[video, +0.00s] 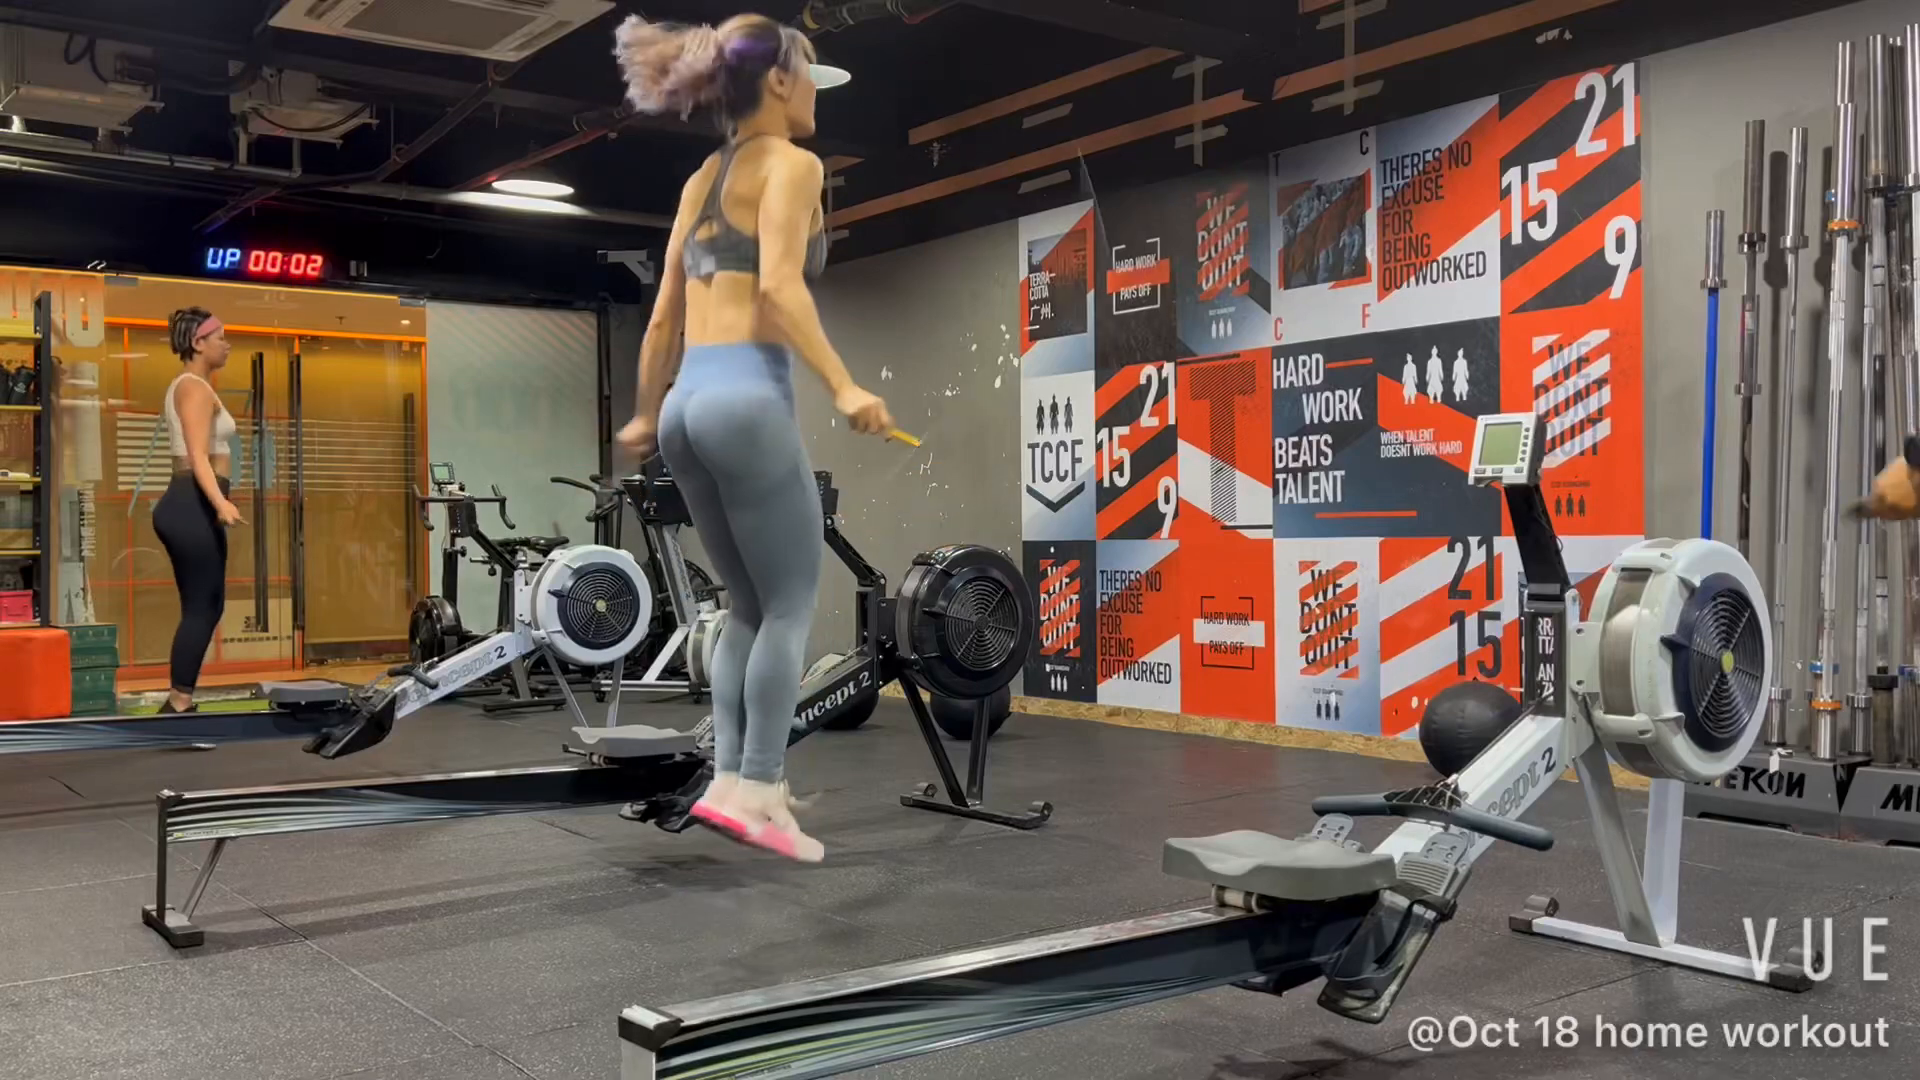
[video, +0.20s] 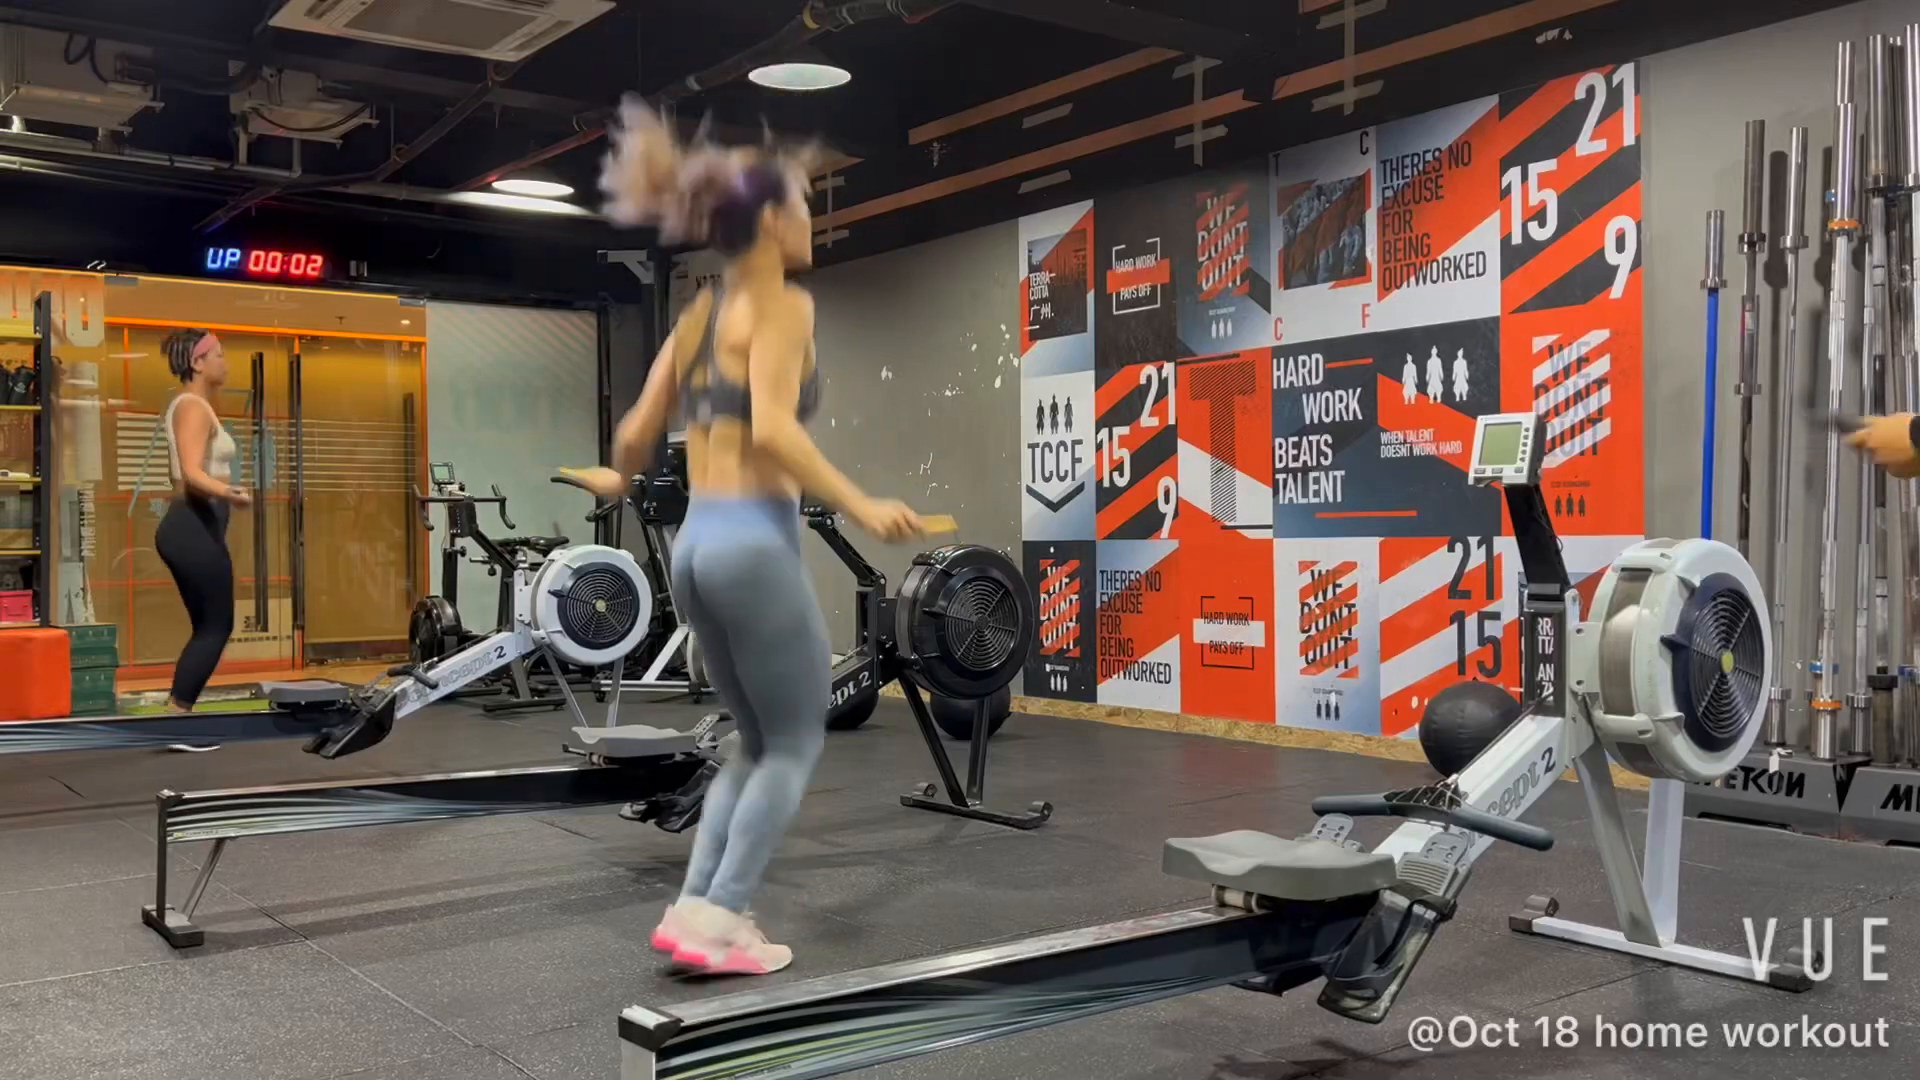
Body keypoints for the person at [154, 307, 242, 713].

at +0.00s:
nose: (227, 343)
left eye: (224, 335)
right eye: (219, 336)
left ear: (199, 344)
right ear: (198, 344)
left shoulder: (192, 385)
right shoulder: (193, 387)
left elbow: (193, 455)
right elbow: (197, 454)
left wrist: (218, 498)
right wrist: (220, 501)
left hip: (191, 502)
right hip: (190, 502)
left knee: (205, 606)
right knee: (203, 607)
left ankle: (181, 699)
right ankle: (180, 701)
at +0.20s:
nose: (225, 361)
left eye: (222, 354)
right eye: (218, 355)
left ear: (198, 363)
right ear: (199, 363)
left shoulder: (192, 405)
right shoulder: (192, 407)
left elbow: (192, 474)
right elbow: (191, 473)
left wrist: (226, 492)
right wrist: (230, 491)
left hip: (189, 528)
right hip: (190, 529)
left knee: (208, 626)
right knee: (216, 625)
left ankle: (179, 710)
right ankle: (179, 712)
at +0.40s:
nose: (221, 336)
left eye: (217, 329)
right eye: (213, 331)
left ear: (192, 342)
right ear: (194, 341)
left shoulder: (182, 383)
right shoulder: (194, 384)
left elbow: (187, 452)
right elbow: (196, 450)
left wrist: (213, 487)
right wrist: (218, 492)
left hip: (182, 497)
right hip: (191, 498)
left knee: (197, 604)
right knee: (202, 604)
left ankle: (182, 695)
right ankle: (182, 696)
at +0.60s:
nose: (221, 360)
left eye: (218, 352)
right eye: (215, 353)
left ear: (192, 364)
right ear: (196, 363)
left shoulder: (182, 407)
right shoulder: (191, 408)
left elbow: (186, 481)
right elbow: (193, 479)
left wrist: (234, 490)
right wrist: (241, 493)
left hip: (178, 528)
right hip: (188, 530)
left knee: (198, 632)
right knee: (209, 631)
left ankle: (162, 715)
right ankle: (163, 716)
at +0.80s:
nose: (214, 329)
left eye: (210, 323)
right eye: (206, 325)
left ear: (184, 337)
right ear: (188, 336)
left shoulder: (173, 381)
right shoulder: (192, 380)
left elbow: (168, 454)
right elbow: (194, 447)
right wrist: (221, 486)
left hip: (173, 494)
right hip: (189, 494)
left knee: (188, 603)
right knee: (198, 603)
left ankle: (173, 697)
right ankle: (175, 698)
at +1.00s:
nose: (216, 355)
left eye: (212, 347)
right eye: (211, 348)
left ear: (187, 361)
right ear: (194, 359)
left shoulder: (169, 406)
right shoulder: (193, 406)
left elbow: (175, 473)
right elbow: (192, 471)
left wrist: (224, 485)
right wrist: (235, 484)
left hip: (169, 520)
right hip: (188, 521)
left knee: (196, 627)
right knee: (213, 624)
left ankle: (165, 714)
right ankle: (167, 716)